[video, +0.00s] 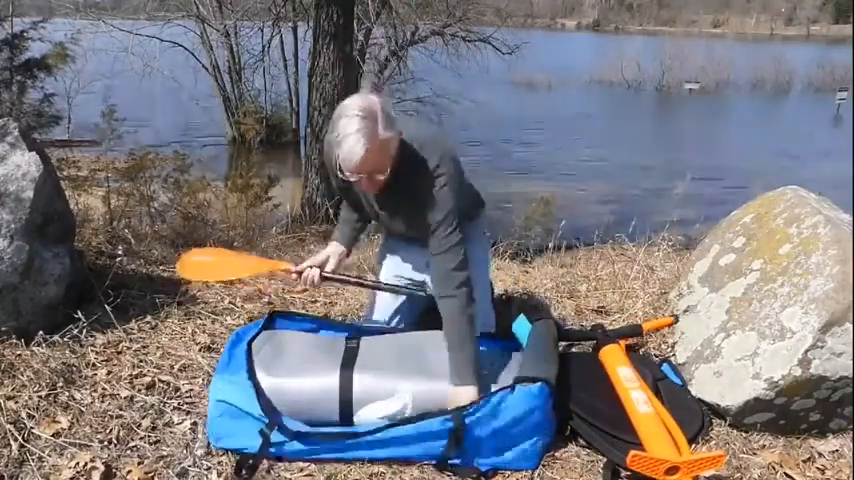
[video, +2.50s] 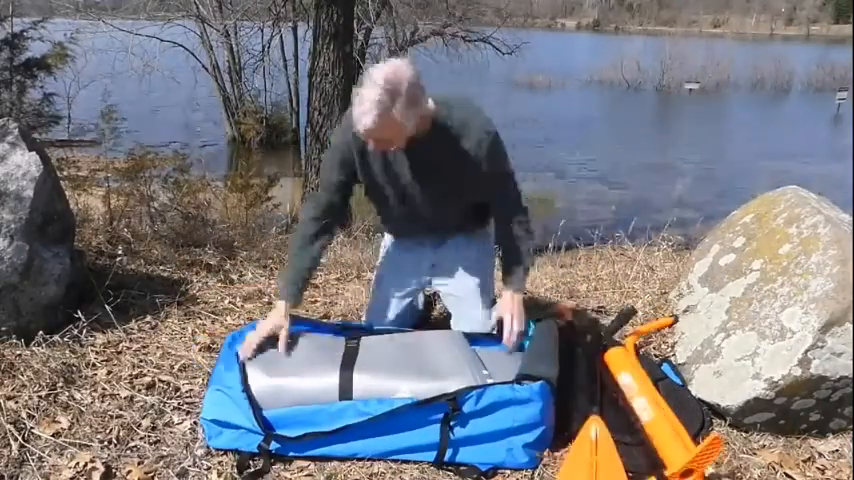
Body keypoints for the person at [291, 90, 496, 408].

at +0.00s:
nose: (368, 186)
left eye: (378, 173)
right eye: (356, 177)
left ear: (395, 145)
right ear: (341, 161)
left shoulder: (435, 164)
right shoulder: (342, 159)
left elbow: (452, 280)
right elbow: (355, 200)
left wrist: (463, 385)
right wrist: (338, 245)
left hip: (459, 238)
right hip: (403, 241)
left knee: (477, 337)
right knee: (379, 334)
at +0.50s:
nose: (410, 90)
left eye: (424, 77)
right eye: (400, 76)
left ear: (446, 61)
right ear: (384, 61)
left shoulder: (484, 94)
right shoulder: (365, 96)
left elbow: (509, 177)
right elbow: (336, 188)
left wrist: (507, 239)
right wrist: (353, 253)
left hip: (468, 238)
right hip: (400, 241)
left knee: (476, 345)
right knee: (376, 346)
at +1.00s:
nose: (445, 74)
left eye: (454, 63)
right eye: (432, 64)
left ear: (466, 52)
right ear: (406, 46)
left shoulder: (490, 94)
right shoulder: (374, 94)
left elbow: (514, 179)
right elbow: (350, 187)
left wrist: (503, 227)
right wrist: (399, 233)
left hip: (469, 240)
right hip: (400, 240)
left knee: (478, 351)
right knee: (376, 349)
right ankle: (419, 308)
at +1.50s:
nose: (442, 81)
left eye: (453, 70)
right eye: (430, 69)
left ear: (467, 57)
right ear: (408, 48)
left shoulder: (494, 99)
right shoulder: (376, 93)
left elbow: (510, 183)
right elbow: (345, 186)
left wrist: (489, 237)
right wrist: (404, 232)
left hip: (467, 242)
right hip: (399, 241)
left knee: (480, 352)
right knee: (376, 350)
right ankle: (419, 308)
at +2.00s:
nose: (380, 92)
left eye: (393, 83)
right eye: (374, 79)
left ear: (424, 66)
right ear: (366, 66)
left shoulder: (476, 110)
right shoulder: (359, 102)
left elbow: (480, 210)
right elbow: (351, 189)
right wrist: (358, 261)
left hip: (462, 244)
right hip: (397, 246)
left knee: (472, 359)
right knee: (378, 359)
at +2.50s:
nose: (378, 148)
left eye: (386, 140)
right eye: (370, 139)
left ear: (419, 118)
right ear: (362, 117)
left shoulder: (473, 134)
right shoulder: (353, 136)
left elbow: (511, 214)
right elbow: (318, 217)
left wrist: (514, 290)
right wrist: (283, 305)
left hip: (467, 243)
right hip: (401, 245)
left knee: (475, 350)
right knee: (380, 346)